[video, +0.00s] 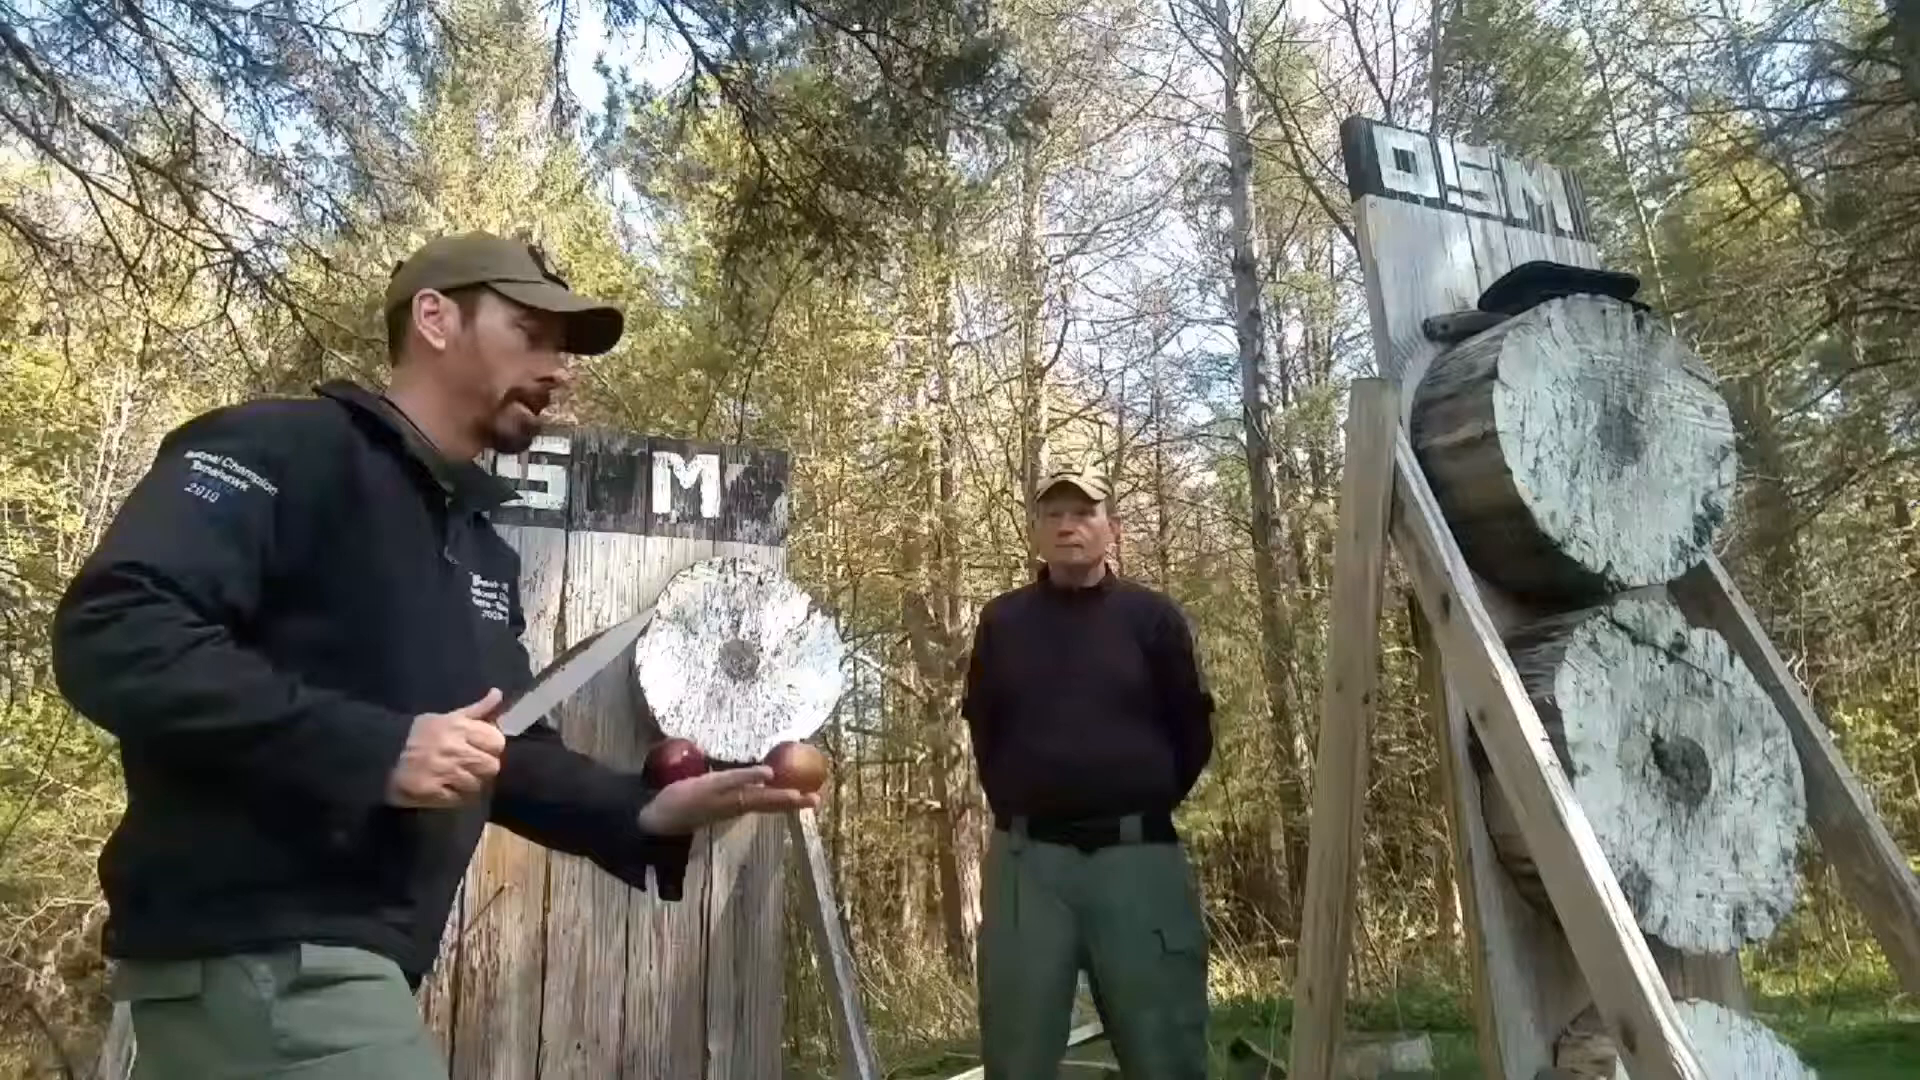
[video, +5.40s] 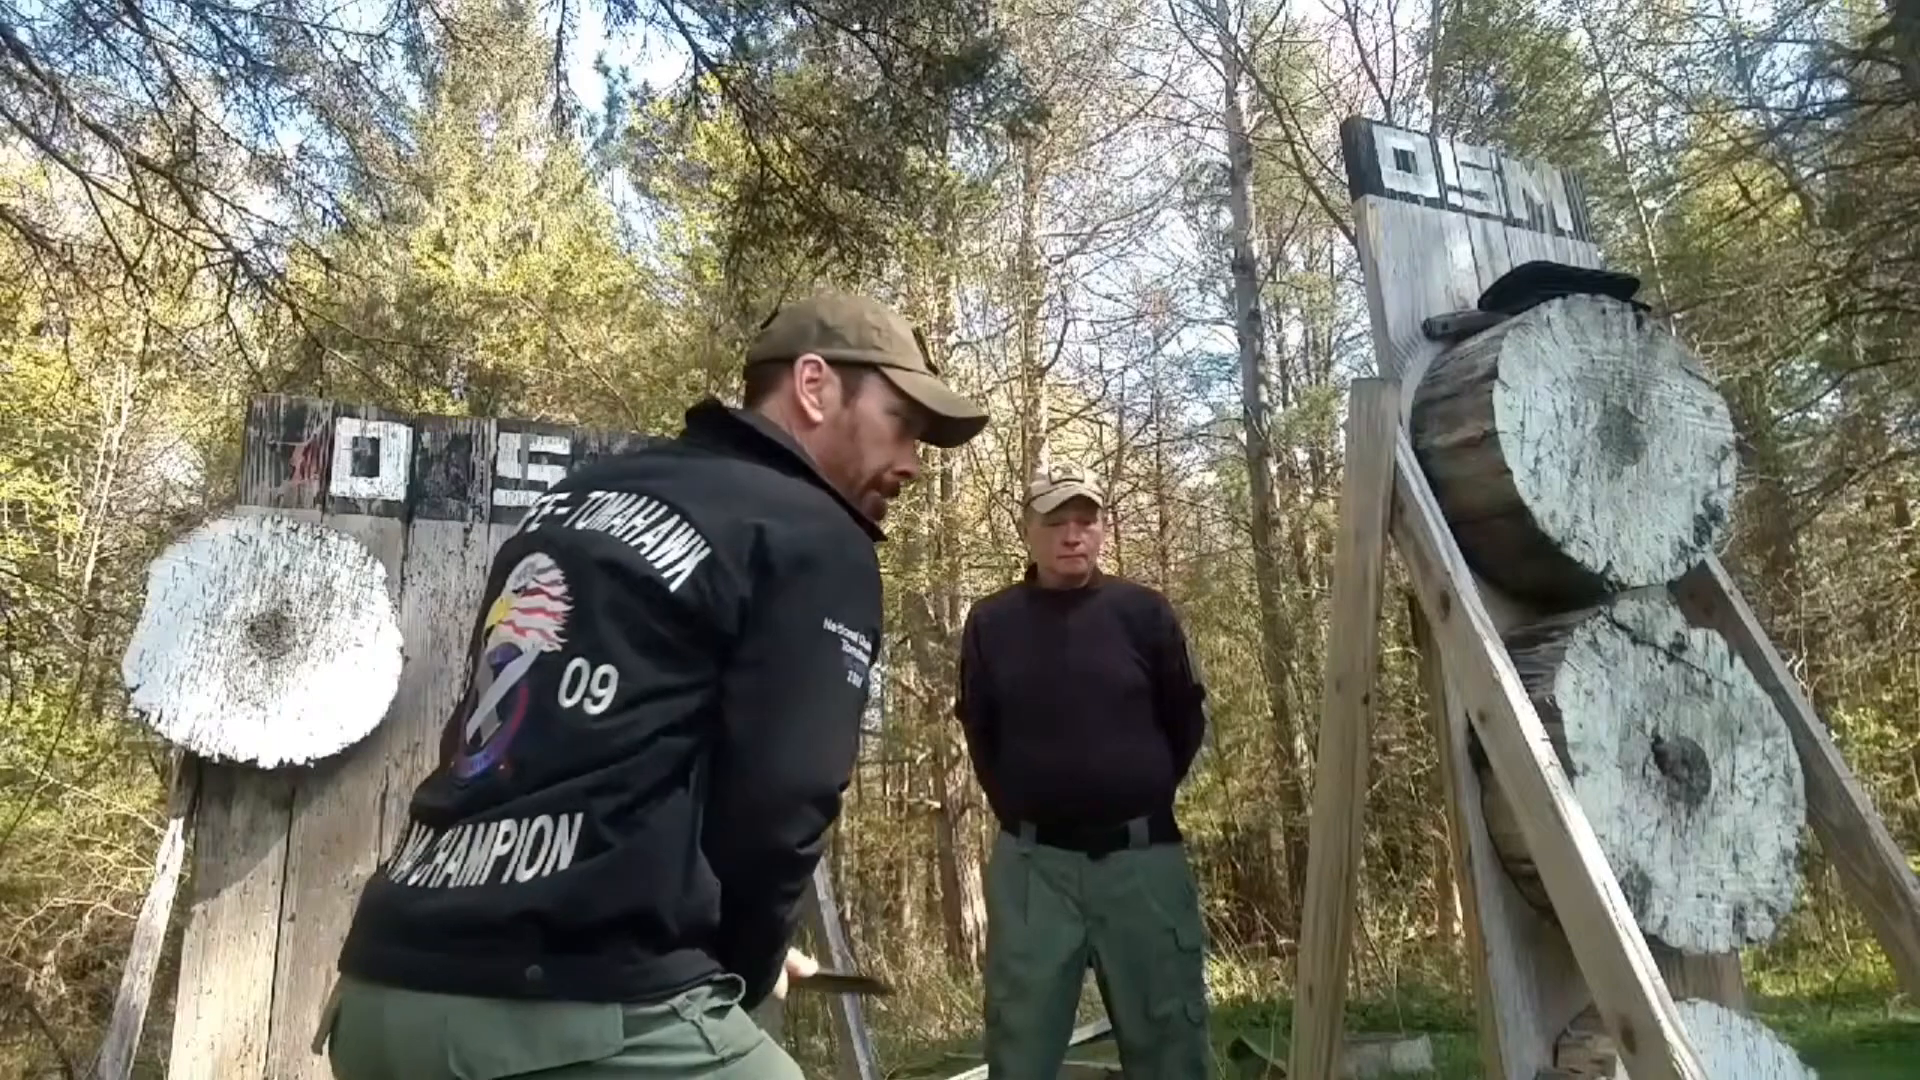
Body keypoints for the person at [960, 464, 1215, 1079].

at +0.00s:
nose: (1068, 526)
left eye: (1082, 513)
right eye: (1054, 516)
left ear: (1111, 530)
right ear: (1035, 535)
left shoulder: (1154, 616)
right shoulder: (1000, 619)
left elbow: (1193, 732)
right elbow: (982, 724)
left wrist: (1140, 811)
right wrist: (1022, 814)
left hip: (1139, 862)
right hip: (1026, 862)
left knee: (1163, 1057)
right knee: (1017, 1059)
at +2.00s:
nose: (1068, 525)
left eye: (1082, 513)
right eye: (1053, 515)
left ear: (1110, 530)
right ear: (1033, 534)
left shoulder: (1153, 614)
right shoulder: (1000, 619)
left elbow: (1194, 732)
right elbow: (983, 727)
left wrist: (1141, 814)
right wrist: (1025, 817)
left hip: (1139, 861)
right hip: (1026, 862)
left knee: (1163, 1058)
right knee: (1017, 1059)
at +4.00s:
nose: (1069, 518)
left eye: (1083, 508)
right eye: (1054, 509)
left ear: (1109, 530)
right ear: (1034, 532)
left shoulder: (1150, 613)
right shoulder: (999, 619)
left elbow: (1194, 730)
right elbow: (983, 730)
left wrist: (1141, 813)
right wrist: (1026, 817)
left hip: (1140, 860)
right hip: (1025, 861)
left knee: (1165, 1057)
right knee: (1017, 1059)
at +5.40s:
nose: (1075, 534)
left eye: (1087, 520)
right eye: (1058, 520)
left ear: (1103, 534)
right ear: (1028, 533)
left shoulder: (1144, 611)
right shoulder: (990, 620)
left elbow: (1186, 718)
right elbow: (980, 732)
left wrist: (1137, 800)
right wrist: (1026, 812)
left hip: (1143, 865)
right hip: (1029, 866)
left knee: (1168, 1049)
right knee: (1020, 1055)